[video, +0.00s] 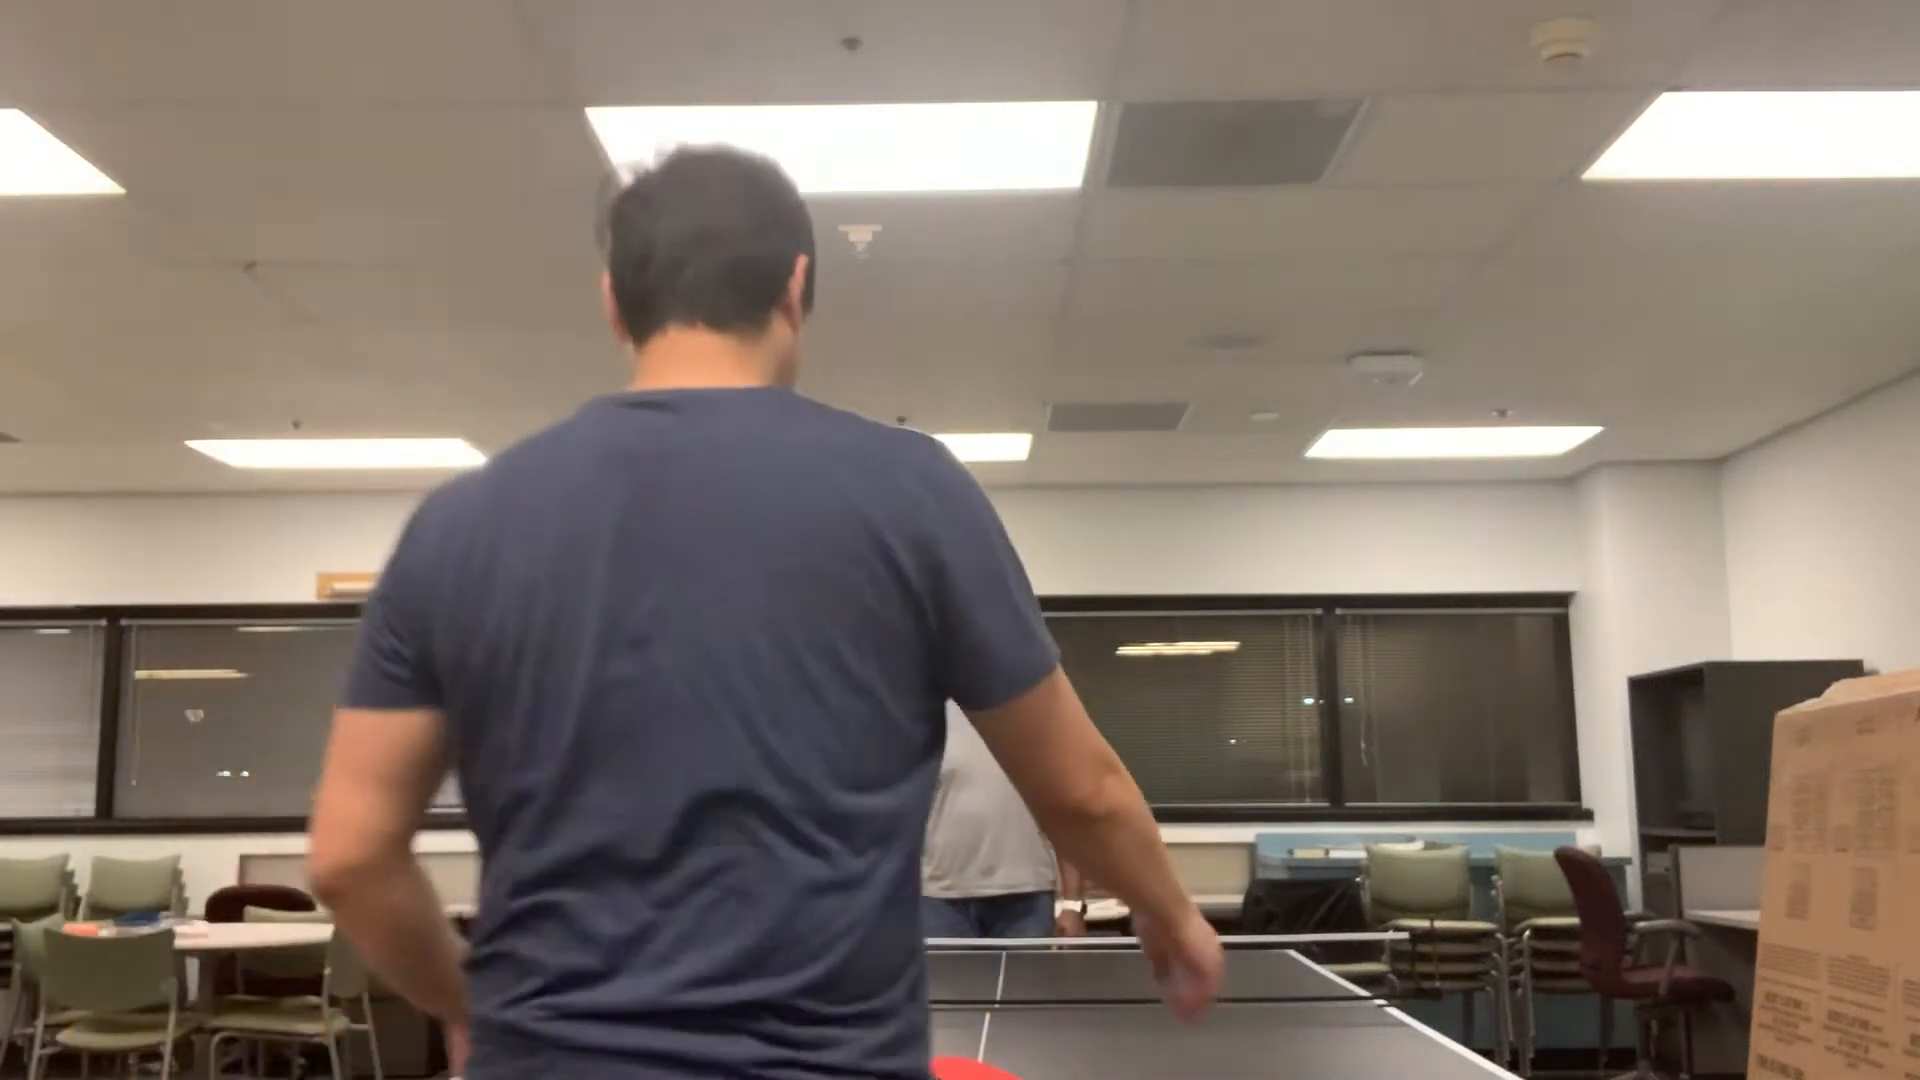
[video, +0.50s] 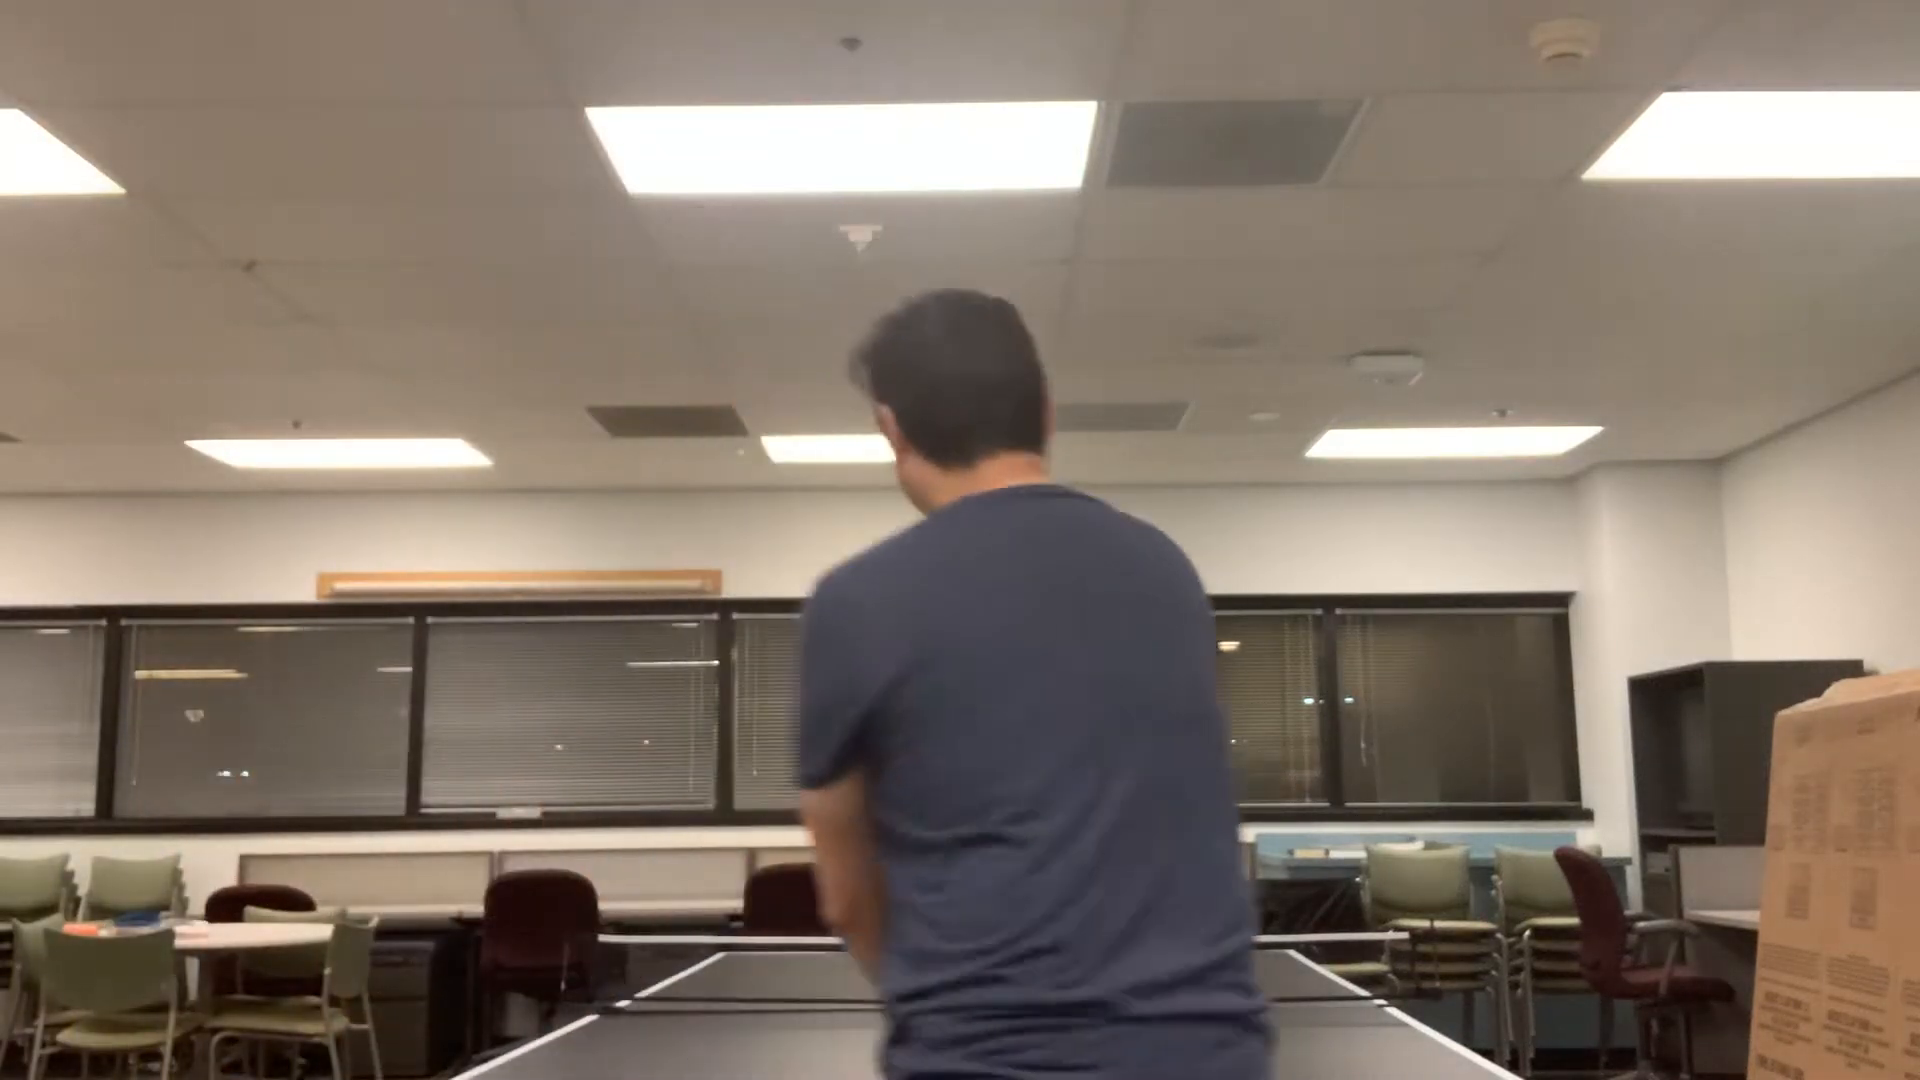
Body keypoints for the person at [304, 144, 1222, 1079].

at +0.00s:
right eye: (814, 294)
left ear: (611, 304)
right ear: (798, 289)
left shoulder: (470, 516)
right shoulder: (906, 484)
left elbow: (349, 855)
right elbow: (1083, 794)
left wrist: (466, 1007)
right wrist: (1170, 916)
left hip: (548, 1051)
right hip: (831, 1050)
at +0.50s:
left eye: (875, 427)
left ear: (893, 432)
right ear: (1047, 409)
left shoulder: (863, 601)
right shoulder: (1164, 566)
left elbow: (851, 902)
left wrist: (938, 1003)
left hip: (976, 1052)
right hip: (1204, 1044)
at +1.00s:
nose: (1057, 464)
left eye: (1053, 446)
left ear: (1068, 444)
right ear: (1209, 434)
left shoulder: (1050, 582)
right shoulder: (1313, 565)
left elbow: (1024, 883)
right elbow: (1250, 842)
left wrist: (1038, 1052)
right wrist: (1083, 991)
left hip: (1257, 1036)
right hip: (1439, 1026)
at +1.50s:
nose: (1134, 350)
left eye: (1130, 328)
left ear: (1146, 329)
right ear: (1324, 330)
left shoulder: (1076, 516)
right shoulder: (1490, 544)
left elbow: (988, 864)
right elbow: (1559, 857)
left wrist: (1064, 923)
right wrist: (1426, 895)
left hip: (1205, 1044)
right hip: (1474, 1048)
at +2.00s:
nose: (1251, 284)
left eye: (1247, 256)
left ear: (1269, 252)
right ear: (1464, 245)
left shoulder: (1194, 461)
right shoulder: (1625, 459)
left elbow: (1092, 798)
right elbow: (1645, 739)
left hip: (1324, 1044)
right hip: (1624, 1045)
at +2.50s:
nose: (1337, 306)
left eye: (1330, 271)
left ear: (1354, 257)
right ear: (1549, 246)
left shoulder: (1312, 458)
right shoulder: (1711, 434)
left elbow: (1214, 792)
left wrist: (1321, 666)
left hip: (1504, 1049)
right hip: (1800, 1041)